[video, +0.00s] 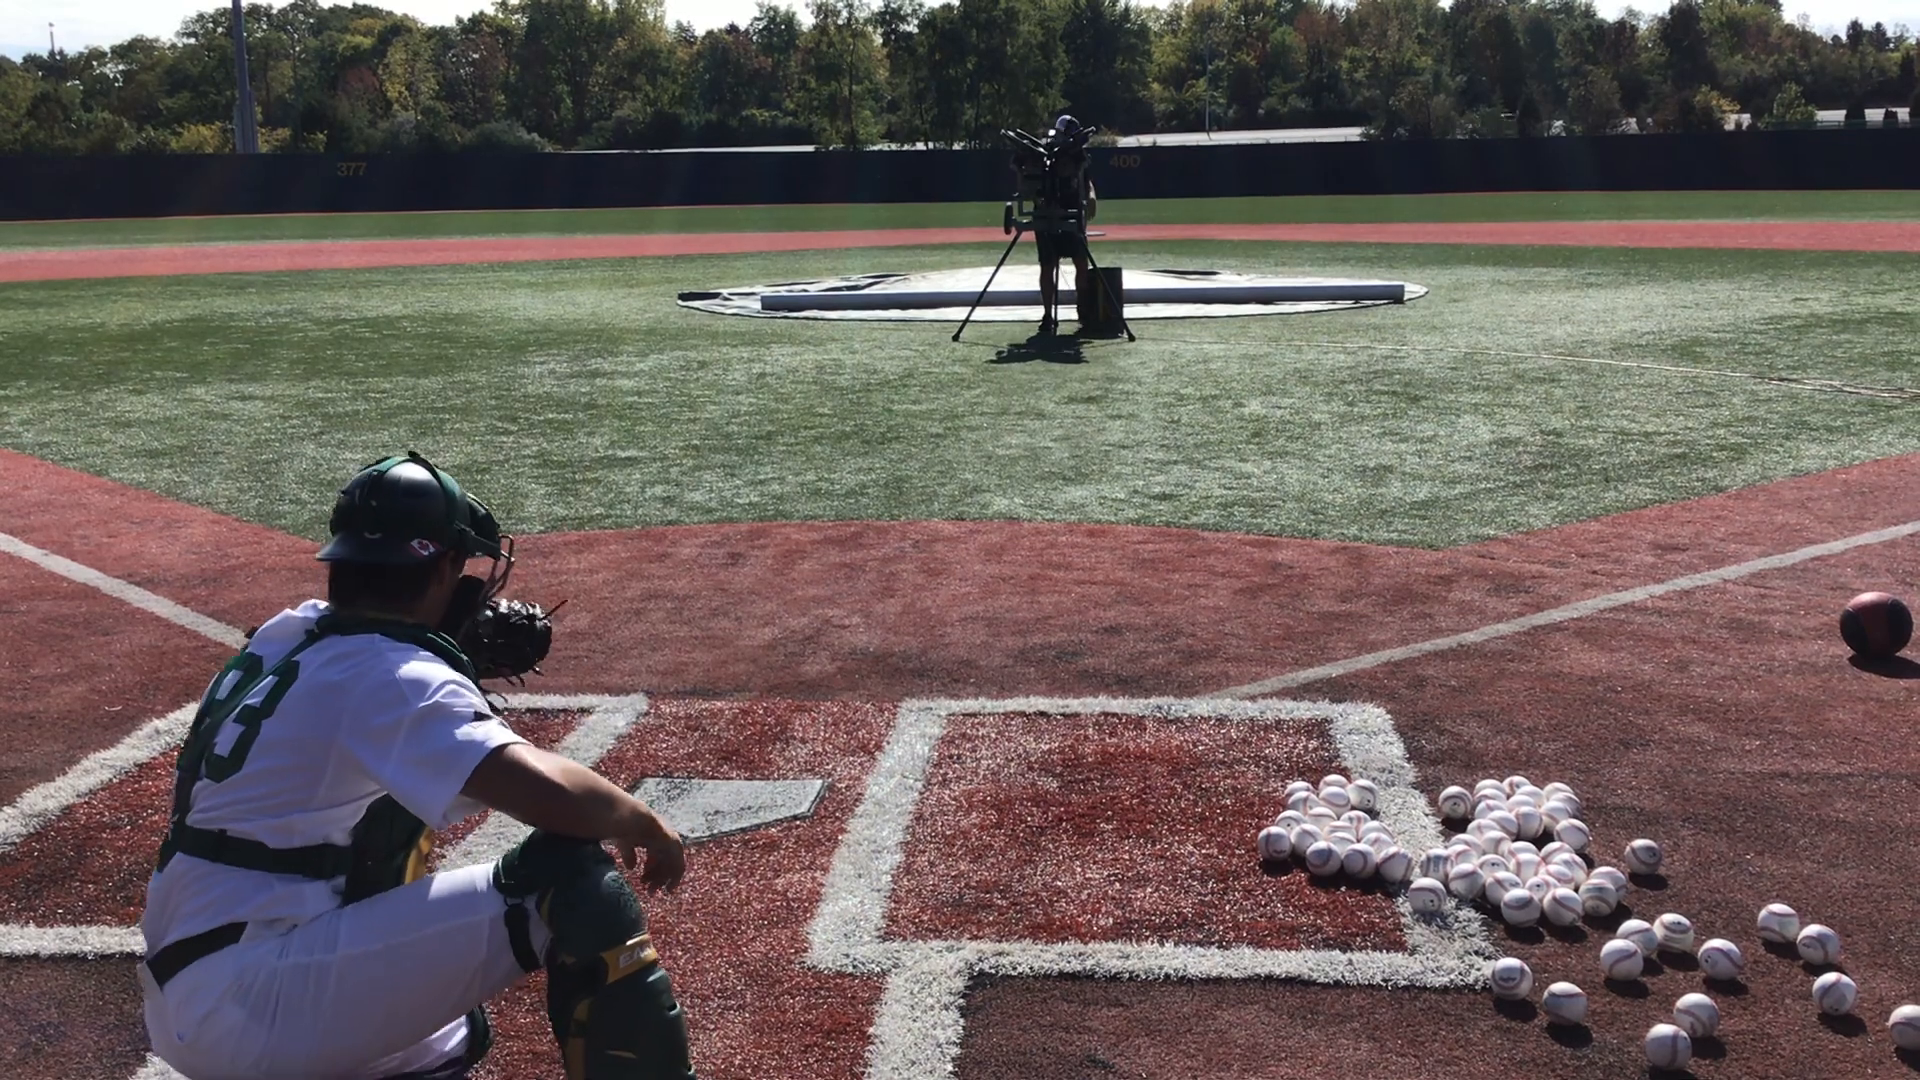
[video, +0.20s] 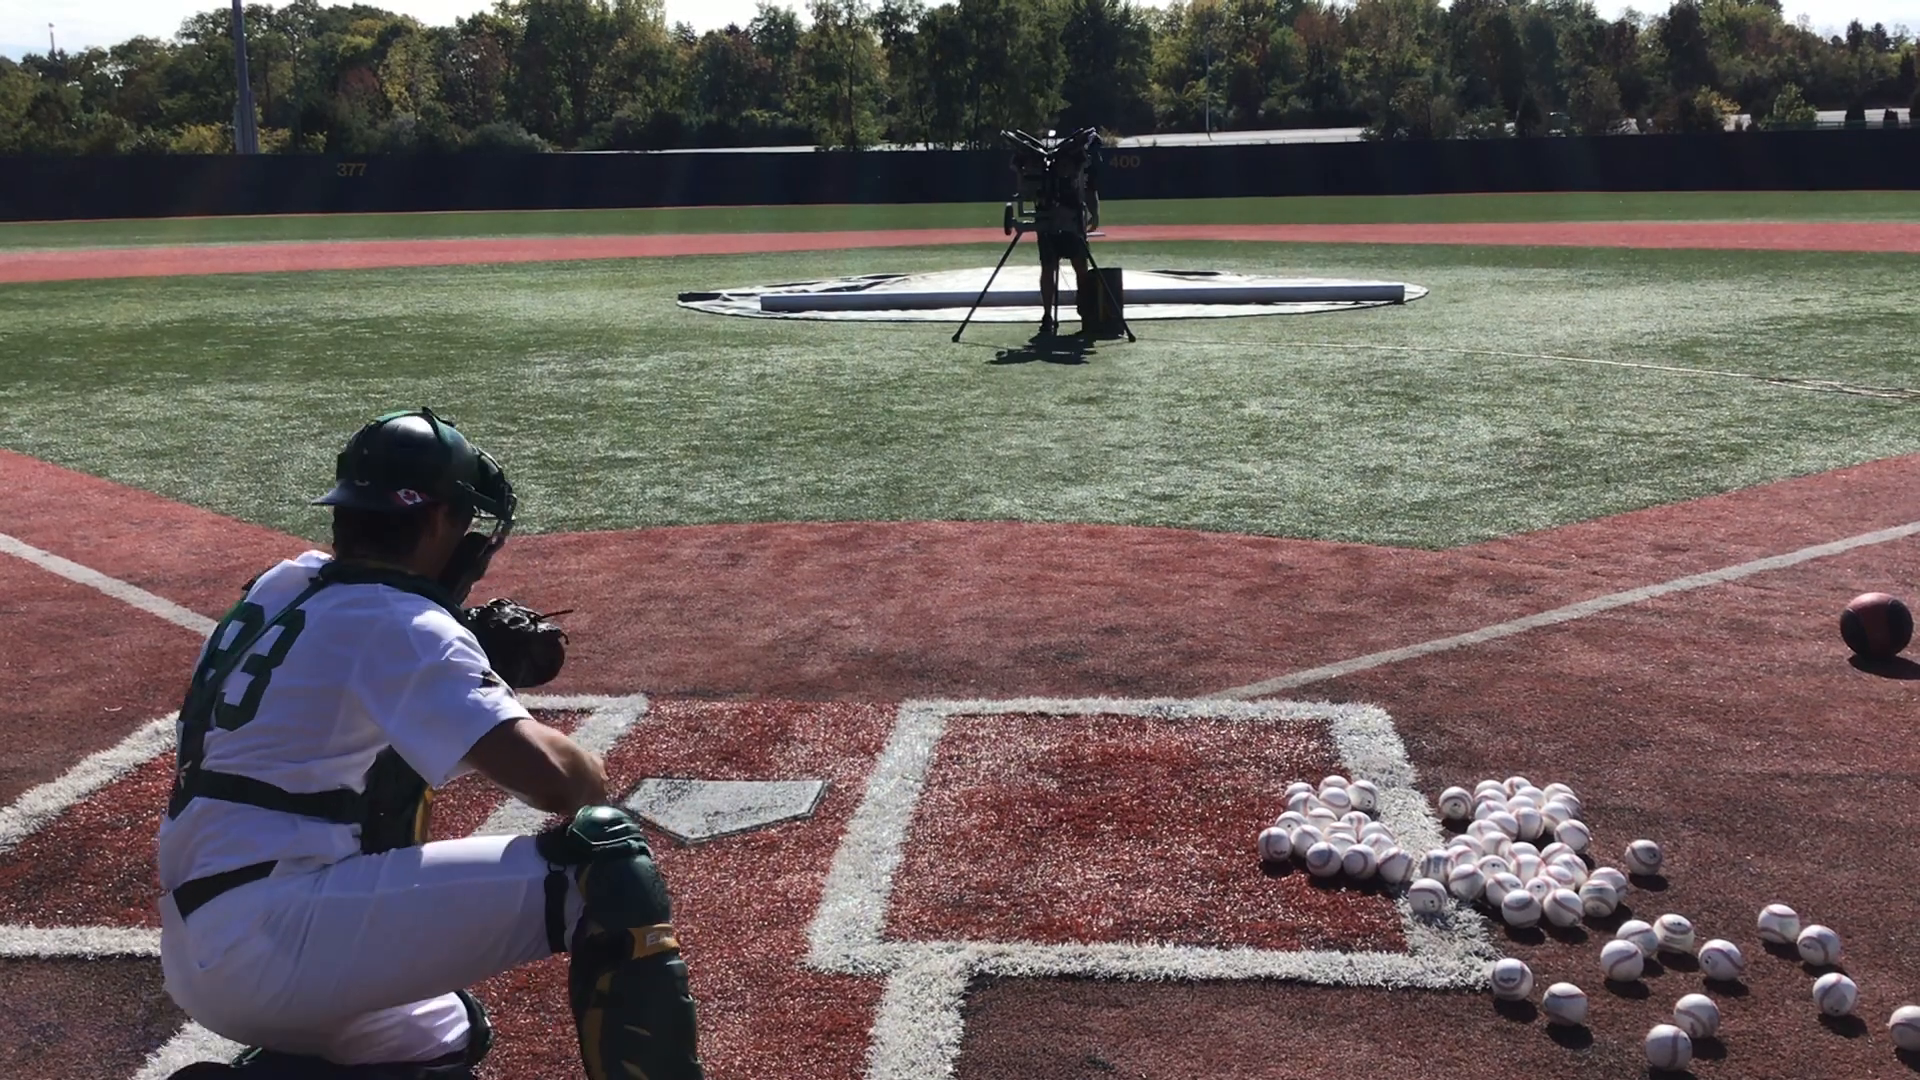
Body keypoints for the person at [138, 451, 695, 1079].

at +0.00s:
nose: (472, 584)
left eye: (470, 566)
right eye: (464, 568)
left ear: (345, 564)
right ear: (437, 575)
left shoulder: (287, 628)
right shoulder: (391, 675)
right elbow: (548, 789)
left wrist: (453, 641)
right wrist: (641, 822)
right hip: (245, 1000)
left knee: (450, 1033)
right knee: (569, 880)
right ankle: (638, 1058)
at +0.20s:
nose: (470, 541)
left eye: (471, 522)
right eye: (465, 521)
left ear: (348, 512)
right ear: (436, 524)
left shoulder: (282, 583)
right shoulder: (402, 626)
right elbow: (555, 775)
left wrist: (464, 651)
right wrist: (592, 792)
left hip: (197, 947)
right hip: (275, 940)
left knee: (447, 1032)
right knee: (605, 863)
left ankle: (280, 1060)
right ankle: (653, 1062)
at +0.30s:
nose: (479, 519)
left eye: (480, 501)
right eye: (471, 501)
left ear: (352, 495)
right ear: (438, 506)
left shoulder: (281, 563)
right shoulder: (416, 603)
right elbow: (529, 776)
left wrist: (474, 662)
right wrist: (558, 726)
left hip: (230, 932)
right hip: (319, 909)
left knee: (450, 1036)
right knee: (641, 845)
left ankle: (257, 1067)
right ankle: (585, 1063)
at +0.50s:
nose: (508, 492)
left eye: (507, 473)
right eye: (497, 473)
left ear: (384, 476)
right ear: (456, 479)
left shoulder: (282, 582)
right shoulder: (480, 589)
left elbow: (250, 752)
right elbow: (547, 785)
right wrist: (597, 804)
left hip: (275, 927)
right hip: (411, 916)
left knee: (454, 1042)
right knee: (664, 956)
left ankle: (284, 1064)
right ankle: (498, 1063)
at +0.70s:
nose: (563, 491)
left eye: (564, 471)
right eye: (555, 472)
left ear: (439, 468)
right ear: (517, 475)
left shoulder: (337, 581)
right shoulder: (566, 594)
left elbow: (264, 757)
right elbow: (637, 773)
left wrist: (376, 758)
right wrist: (707, 819)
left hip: (349, 917)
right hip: (498, 922)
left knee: (439, 1054)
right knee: (657, 1024)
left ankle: (326, 1060)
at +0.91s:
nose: (653, 467)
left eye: (652, 448)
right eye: (645, 449)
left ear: (530, 446)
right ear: (613, 455)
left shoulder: (419, 553)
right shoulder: (666, 576)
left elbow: (319, 709)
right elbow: (739, 761)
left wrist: (409, 755)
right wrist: (773, 805)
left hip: (429, 880)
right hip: (576, 900)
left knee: (433, 1045)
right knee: (688, 1044)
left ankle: (355, 1054)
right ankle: (502, 1066)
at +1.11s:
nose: (682, 434)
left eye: (680, 416)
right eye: (676, 418)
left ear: (562, 412)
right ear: (650, 427)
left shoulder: (460, 528)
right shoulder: (715, 550)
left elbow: (365, 698)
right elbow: (775, 727)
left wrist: (444, 724)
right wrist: (702, 756)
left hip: (469, 856)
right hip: (619, 881)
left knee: (393, 973)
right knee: (687, 1043)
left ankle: (307, 1057)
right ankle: (554, 1064)